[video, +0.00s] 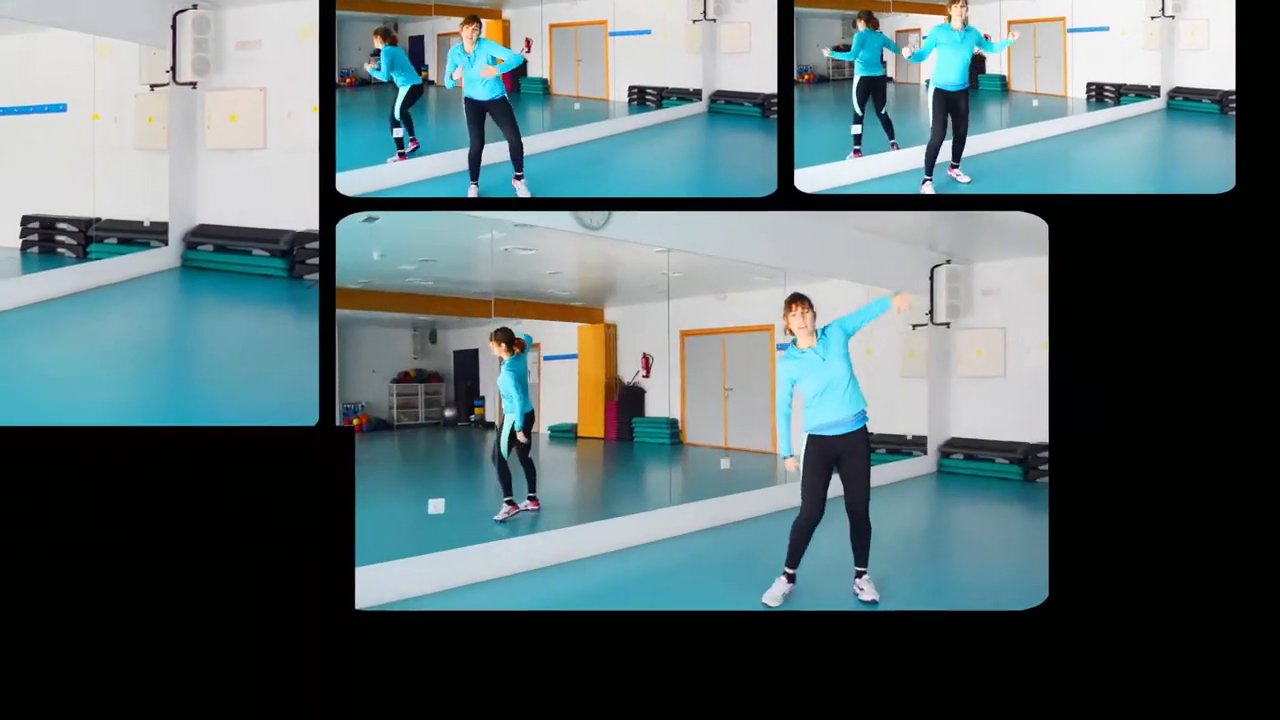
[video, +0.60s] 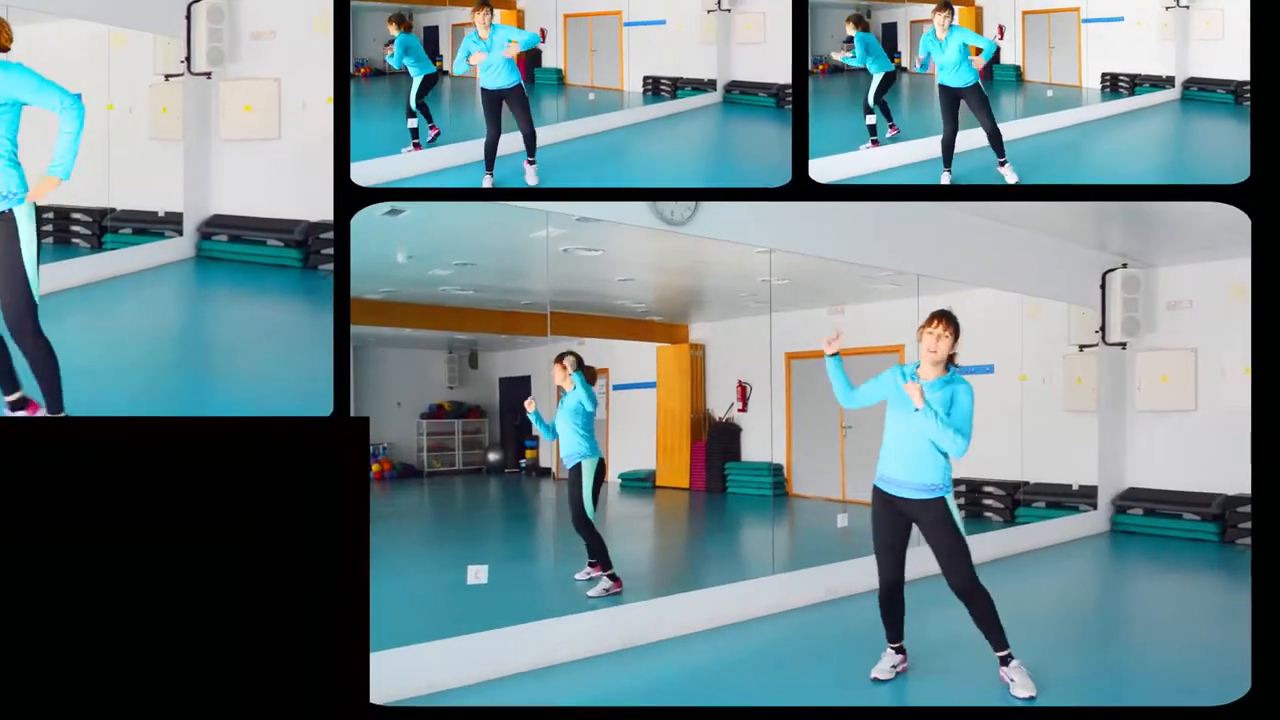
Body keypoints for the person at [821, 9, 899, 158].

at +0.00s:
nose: (857, 25)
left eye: (858, 22)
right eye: (857, 22)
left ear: (862, 22)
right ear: (871, 21)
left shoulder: (860, 35)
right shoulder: (880, 36)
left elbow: (852, 56)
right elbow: (895, 48)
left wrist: (831, 53)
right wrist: (904, 51)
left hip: (863, 77)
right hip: (879, 77)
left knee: (858, 113)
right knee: (881, 111)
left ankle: (857, 151)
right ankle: (893, 144)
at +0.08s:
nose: (856, 22)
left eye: (856, 20)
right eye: (856, 20)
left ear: (860, 19)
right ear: (869, 19)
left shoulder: (858, 33)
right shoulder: (878, 33)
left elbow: (848, 54)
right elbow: (888, 47)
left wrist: (832, 47)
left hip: (863, 75)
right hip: (879, 74)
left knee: (860, 111)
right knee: (877, 107)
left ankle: (860, 148)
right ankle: (892, 136)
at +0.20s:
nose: (853, 21)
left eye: (853, 18)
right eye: (853, 18)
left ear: (858, 18)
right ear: (868, 17)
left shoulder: (857, 32)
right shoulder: (875, 31)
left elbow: (843, 54)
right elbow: (865, 48)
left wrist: (841, 39)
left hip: (869, 71)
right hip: (884, 69)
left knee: (861, 105)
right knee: (872, 100)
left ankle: (864, 144)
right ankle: (879, 130)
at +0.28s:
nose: (851, 23)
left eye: (852, 20)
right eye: (852, 20)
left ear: (856, 20)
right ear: (865, 19)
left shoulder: (856, 33)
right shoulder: (873, 32)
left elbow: (845, 57)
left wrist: (847, 42)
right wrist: (854, 38)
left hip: (873, 70)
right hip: (886, 68)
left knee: (863, 102)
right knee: (869, 100)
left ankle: (868, 141)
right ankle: (873, 132)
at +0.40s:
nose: (849, 27)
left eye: (850, 24)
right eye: (849, 24)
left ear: (854, 24)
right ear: (864, 24)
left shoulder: (857, 39)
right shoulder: (873, 37)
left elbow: (852, 64)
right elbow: (875, 55)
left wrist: (860, 62)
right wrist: (861, 59)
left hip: (876, 73)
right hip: (887, 72)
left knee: (865, 103)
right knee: (867, 102)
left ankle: (871, 140)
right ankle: (872, 138)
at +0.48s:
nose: (848, 29)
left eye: (848, 26)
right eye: (847, 26)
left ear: (853, 26)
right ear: (862, 25)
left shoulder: (858, 40)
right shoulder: (871, 37)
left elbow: (855, 65)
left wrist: (851, 52)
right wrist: (855, 51)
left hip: (878, 73)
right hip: (888, 71)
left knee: (867, 103)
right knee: (871, 99)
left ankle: (872, 139)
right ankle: (876, 129)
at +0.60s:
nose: (846, 29)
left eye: (847, 25)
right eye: (846, 26)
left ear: (853, 25)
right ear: (859, 25)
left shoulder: (859, 37)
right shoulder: (868, 35)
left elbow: (861, 62)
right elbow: (865, 55)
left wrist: (842, 59)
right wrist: (850, 54)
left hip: (881, 72)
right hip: (889, 70)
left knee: (868, 104)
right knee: (878, 98)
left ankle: (874, 141)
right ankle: (892, 126)